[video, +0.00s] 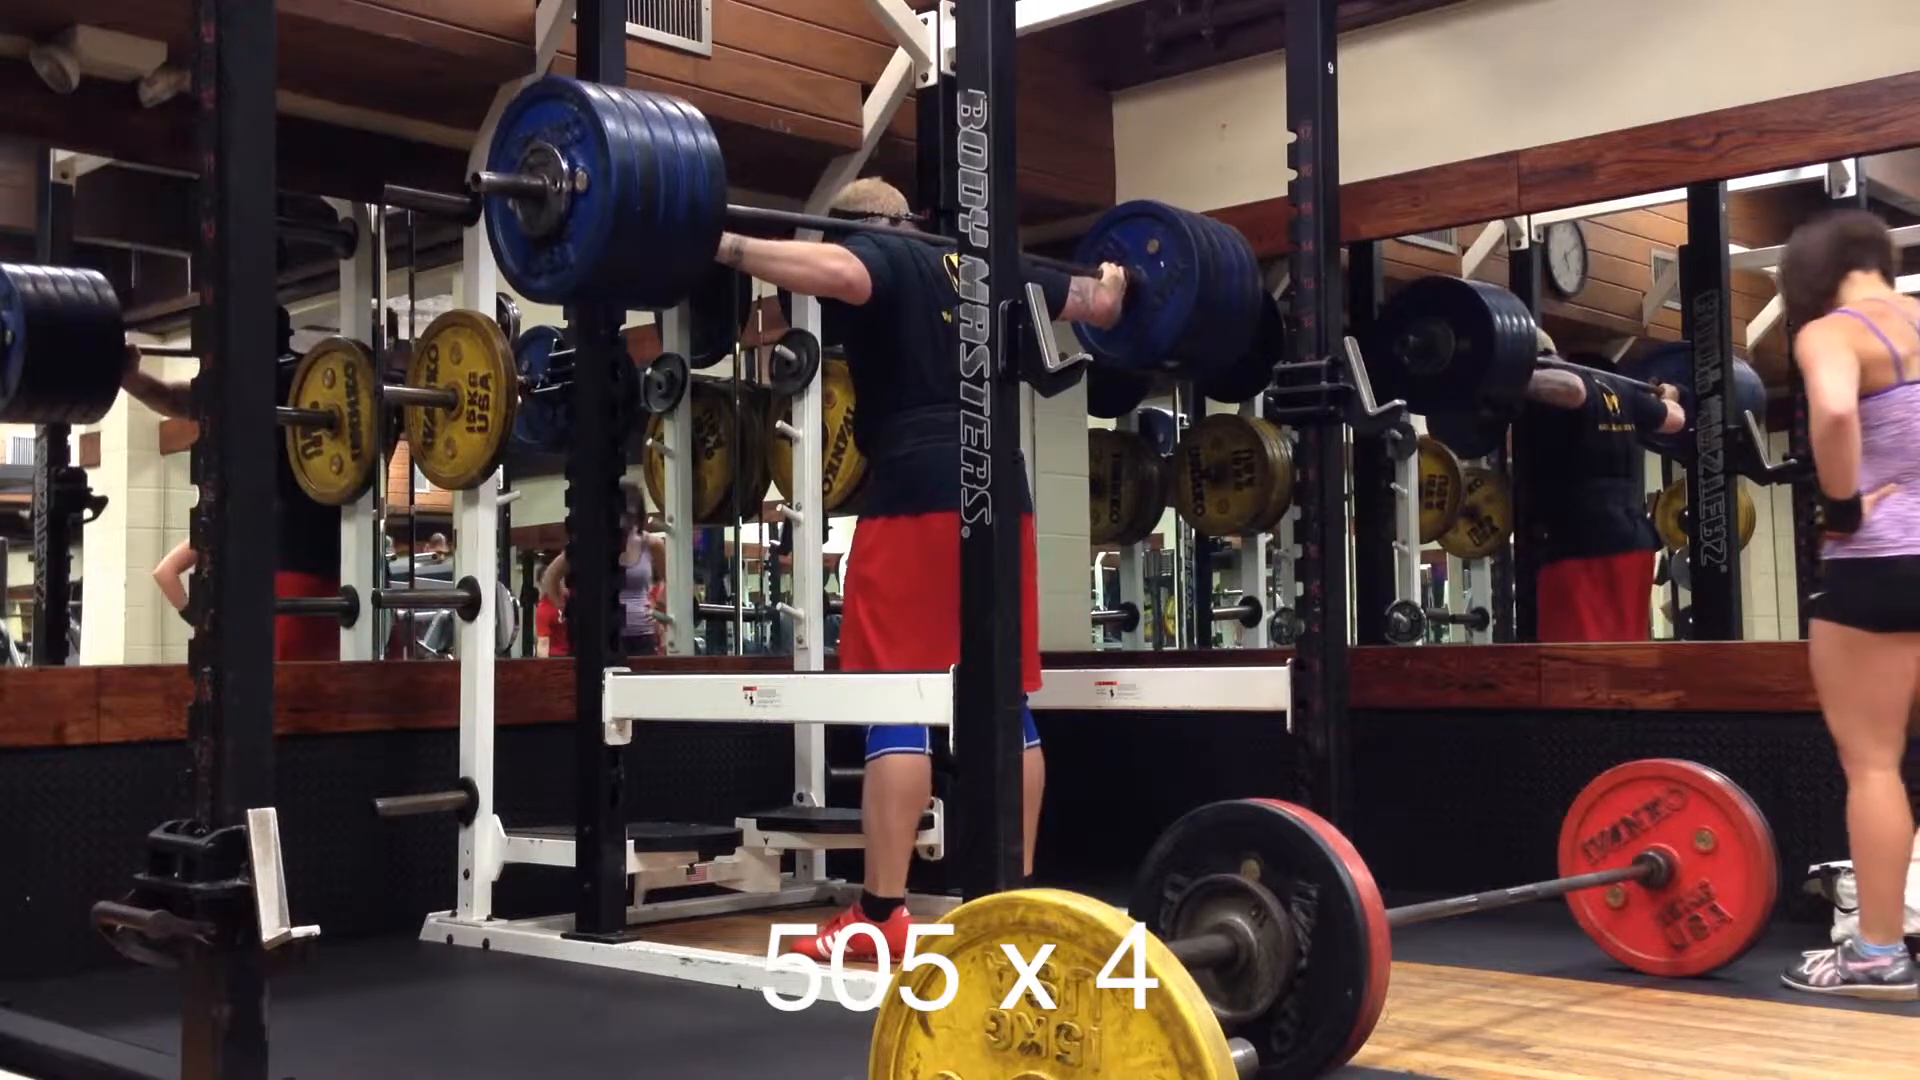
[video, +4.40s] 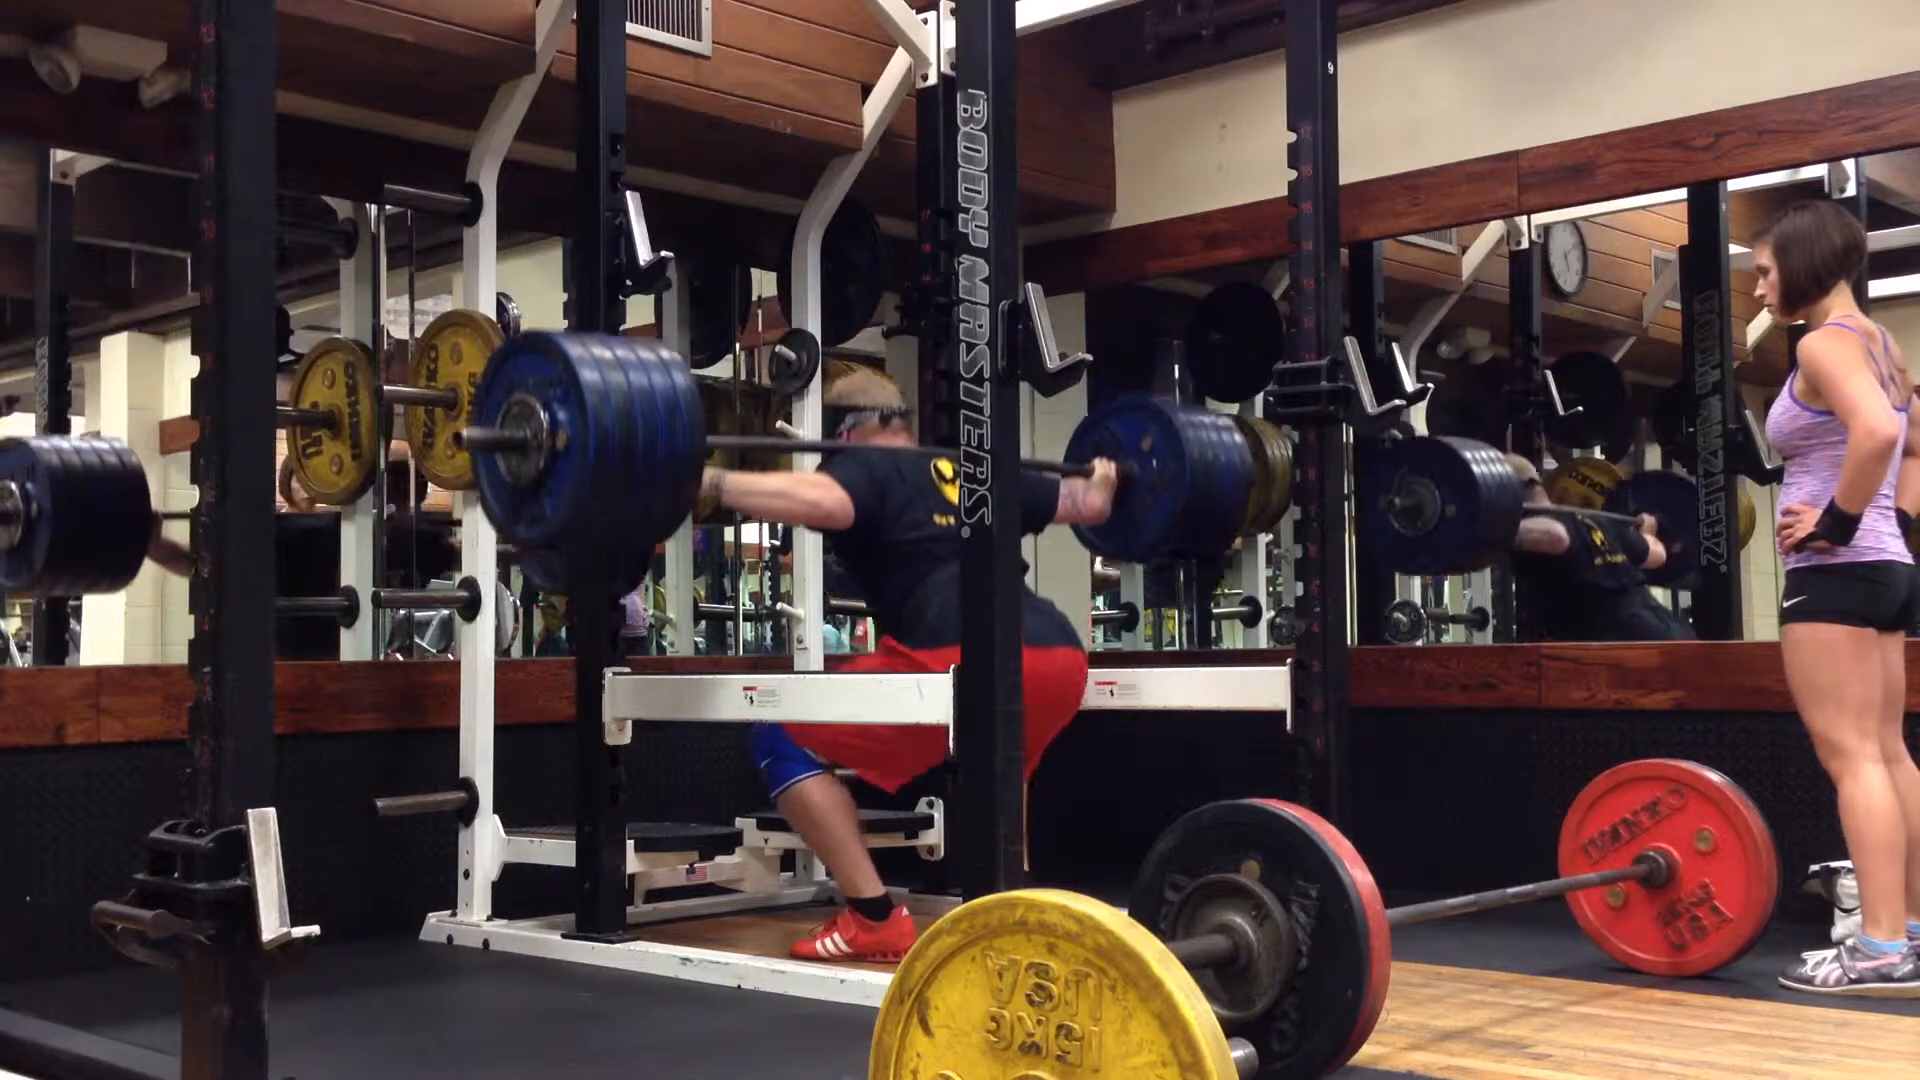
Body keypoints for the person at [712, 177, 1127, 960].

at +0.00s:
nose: (832, 249)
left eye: (833, 235)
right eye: (833, 235)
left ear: (853, 228)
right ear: (908, 216)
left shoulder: (878, 249)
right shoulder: (985, 266)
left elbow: (844, 277)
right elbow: (1095, 301)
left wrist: (728, 244)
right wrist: (1110, 281)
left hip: (917, 500)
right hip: (1004, 502)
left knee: (896, 708)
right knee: (1008, 709)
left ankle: (882, 912)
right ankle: (1014, 901)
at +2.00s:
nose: (833, 245)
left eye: (834, 236)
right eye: (831, 238)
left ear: (857, 229)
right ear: (905, 220)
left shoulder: (880, 250)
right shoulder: (988, 267)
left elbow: (835, 264)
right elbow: (1096, 302)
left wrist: (720, 237)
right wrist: (1119, 283)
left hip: (914, 500)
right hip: (1001, 503)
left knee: (894, 707)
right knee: (1006, 710)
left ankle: (881, 910)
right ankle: (1013, 902)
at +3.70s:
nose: (844, 337)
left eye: (847, 325)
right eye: (845, 328)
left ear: (874, 315)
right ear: (910, 310)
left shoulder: (876, 347)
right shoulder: (985, 363)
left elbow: (831, 376)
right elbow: (1098, 395)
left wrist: (709, 351)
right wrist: (1115, 369)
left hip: (959, 563)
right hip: (1058, 564)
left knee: (823, 711)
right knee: (1003, 725)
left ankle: (874, 912)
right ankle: (1013, 901)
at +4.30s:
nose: (834, 431)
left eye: (835, 421)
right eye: (833, 423)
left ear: (846, 416)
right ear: (906, 410)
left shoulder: (865, 448)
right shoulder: (973, 454)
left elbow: (827, 486)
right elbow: (1087, 488)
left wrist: (712, 463)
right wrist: (1106, 459)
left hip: (953, 645)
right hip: (1058, 643)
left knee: (785, 737)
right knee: (1005, 763)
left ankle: (872, 913)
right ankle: (1011, 902)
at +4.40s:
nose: (838, 450)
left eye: (841, 438)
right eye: (837, 440)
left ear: (862, 427)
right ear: (904, 426)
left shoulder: (863, 466)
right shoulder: (975, 470)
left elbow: (826, 503)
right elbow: (1085, 502)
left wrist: (707, 483)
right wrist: (1105, 477)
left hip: (952, 660)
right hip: (1057, 659)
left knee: (779, 738)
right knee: (1003, 776)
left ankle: (872, 913)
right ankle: (1010, 910)